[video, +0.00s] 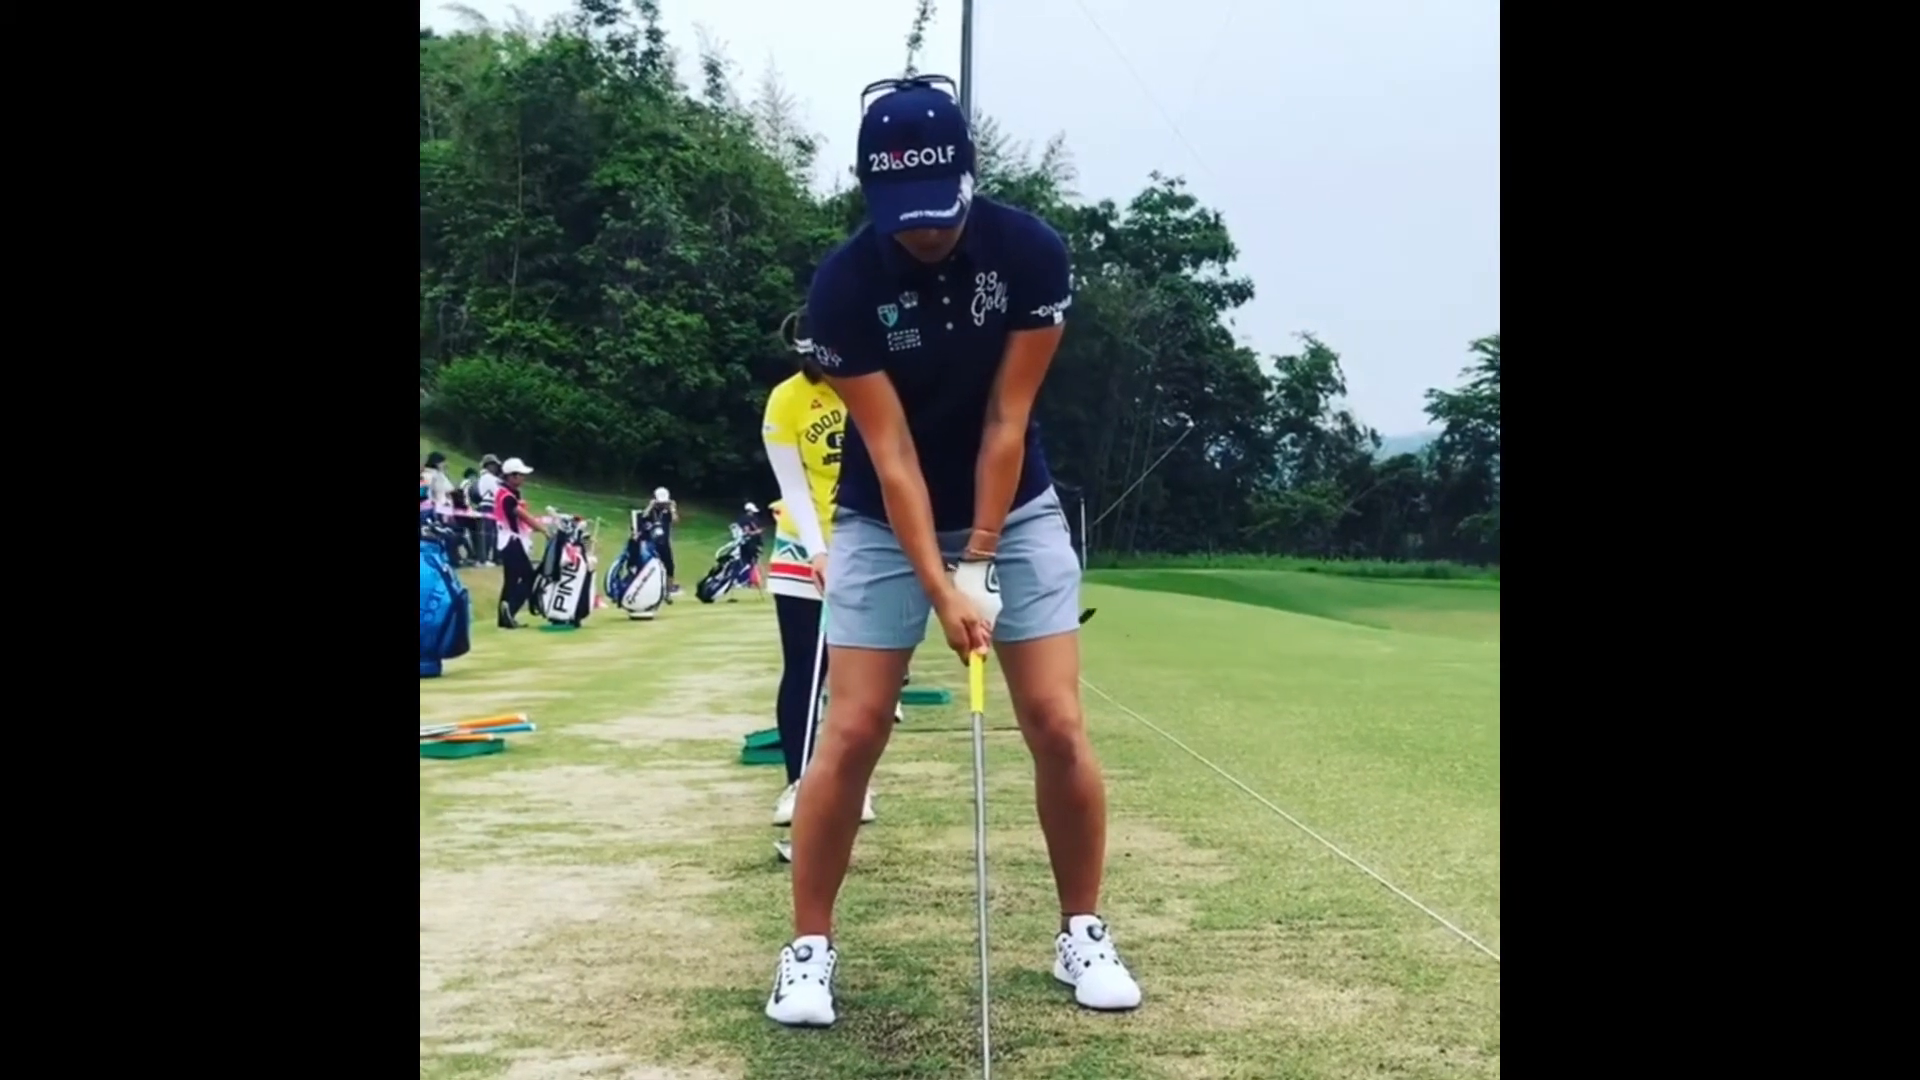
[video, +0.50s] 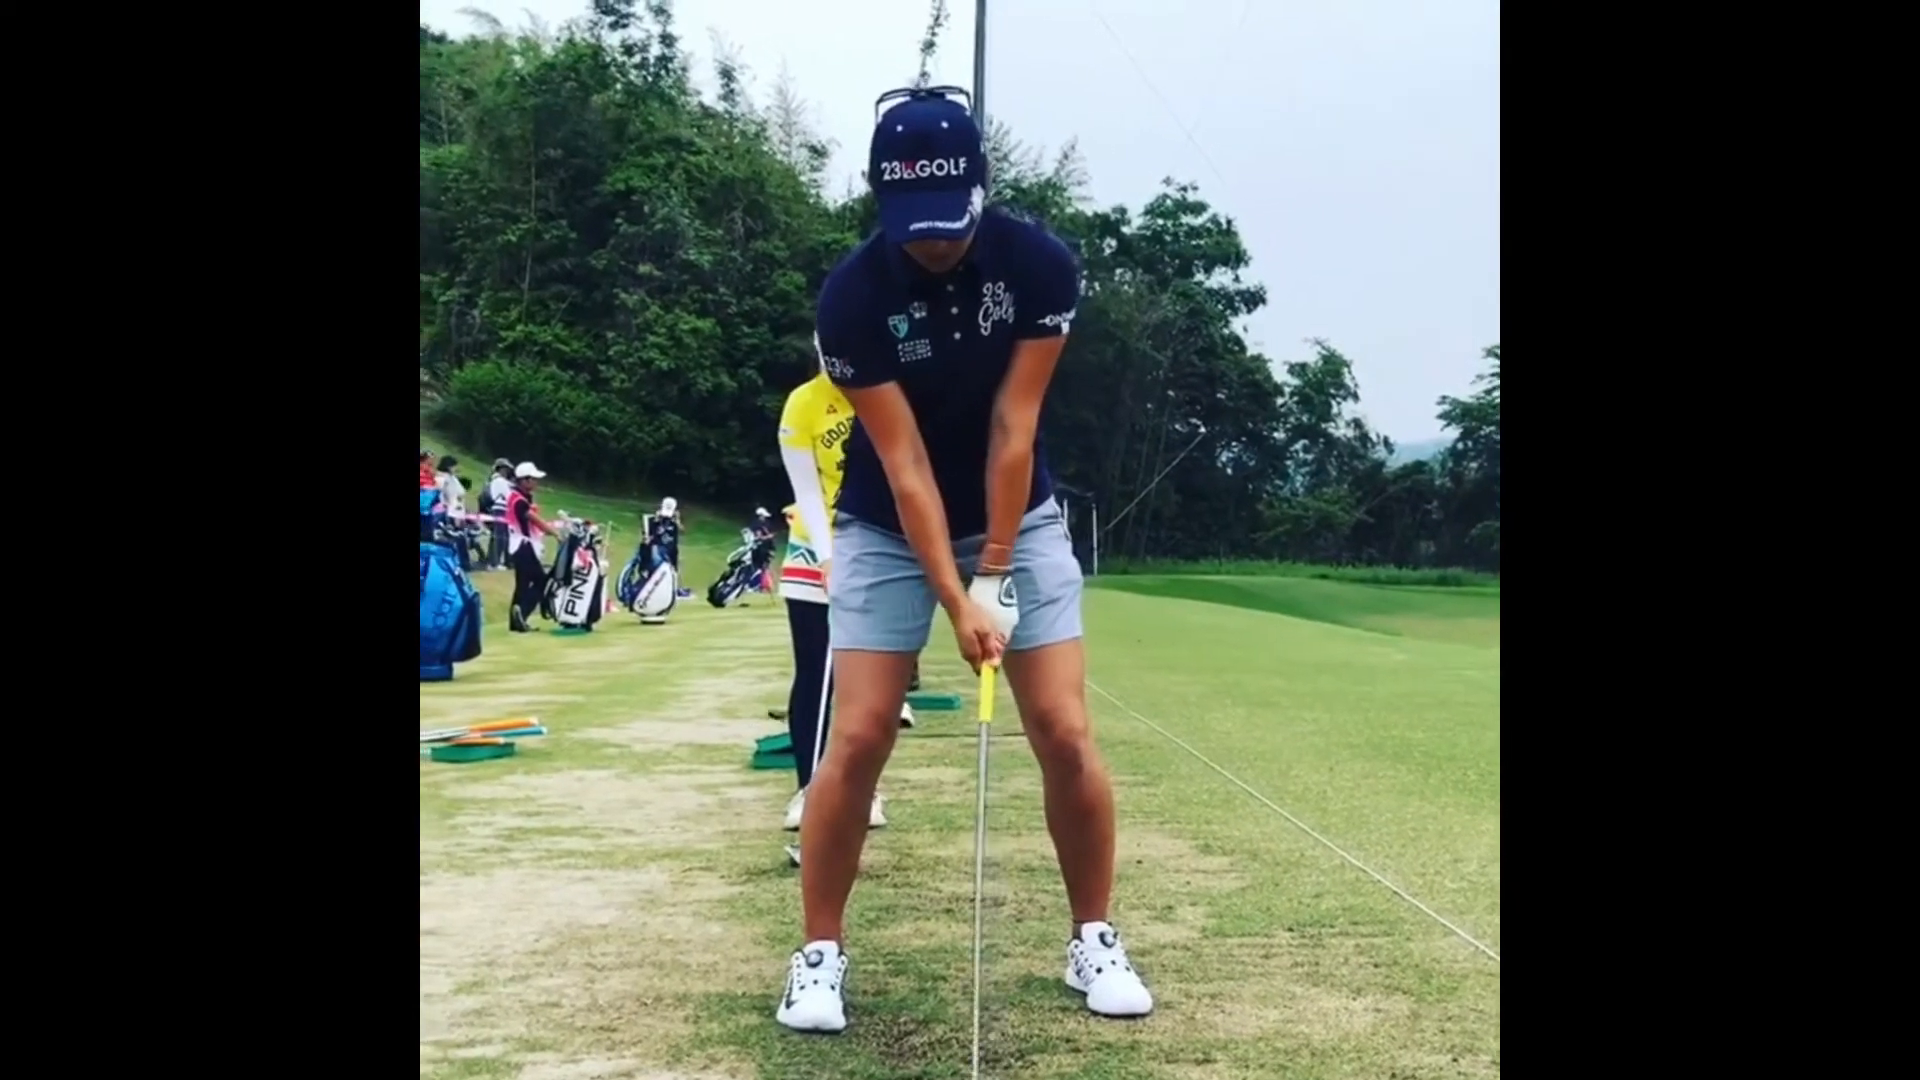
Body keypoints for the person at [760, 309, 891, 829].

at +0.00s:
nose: (824, 361)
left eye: (832, 350)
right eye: (816, 351)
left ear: (849, 346)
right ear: (804, 350)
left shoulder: (872, 394)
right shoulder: (787, 399)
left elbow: (883, 479)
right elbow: (792, 485)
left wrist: (872, 547)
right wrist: (816, 548)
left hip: (861, 557)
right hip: (801, 558)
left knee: (867, 683)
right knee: (805, 674)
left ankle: (858, 780)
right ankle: (800, 781)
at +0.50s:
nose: (848, 354)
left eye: (856, 344)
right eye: (839, 343)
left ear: (878, 344)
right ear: (829, 346)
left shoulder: (891, 399)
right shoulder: (805, 402)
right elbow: (806, 490)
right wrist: (827, 554)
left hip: (870, 568)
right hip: (811, 570)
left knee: (874, 692)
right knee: (815, 682)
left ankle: (864, 786)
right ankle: (810, 790)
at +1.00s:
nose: (836, 385)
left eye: (845, 377)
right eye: (825, 377)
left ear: (861, 372)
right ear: (808, 372)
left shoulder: (880, 402)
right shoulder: (786, 415)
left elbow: (893, 486)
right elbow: (794, 503)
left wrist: (859, 563)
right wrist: (810, 570)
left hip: (867, 555)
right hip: (800, 558)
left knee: (874, 692)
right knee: (789, 684)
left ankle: (876, 794)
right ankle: (768, 799)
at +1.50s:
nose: (830, 405)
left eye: (841, 394)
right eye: (820, 393)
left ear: (860, 376)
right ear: (805, 376)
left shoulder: (891, 416)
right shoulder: (785, 428)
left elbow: (885, 503)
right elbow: (792, 514)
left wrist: (845, 568)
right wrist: (803, 579)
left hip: (870, 570)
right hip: (798, 568)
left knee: (872, 698)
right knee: (780, 690)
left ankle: (886, 810)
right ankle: (754, 807)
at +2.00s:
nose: (794, 414)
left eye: (805, 403)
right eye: (785, 402)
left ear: (825, 388)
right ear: (769, 387)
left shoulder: (856, 424)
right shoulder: (747, 437)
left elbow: (843, 506)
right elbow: (759, 523)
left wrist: (807, 578)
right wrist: (769, 587)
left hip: (833, 575)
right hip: (758, 574)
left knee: (840, 696)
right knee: (747, 695)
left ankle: (859, 810)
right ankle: (722, 814)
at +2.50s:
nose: (788, 424)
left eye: (798, 414)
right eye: (778, 413)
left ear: (818, 397)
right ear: (763, 397)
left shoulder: (849, 434)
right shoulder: (740, 444)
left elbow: (833, 514)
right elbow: (754, 529)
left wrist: (797, 587)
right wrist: (769, 598)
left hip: (822, 585)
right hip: (750, 583)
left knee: (830, 701)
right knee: (735, 701)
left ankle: (849, 816)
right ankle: (710, 821)